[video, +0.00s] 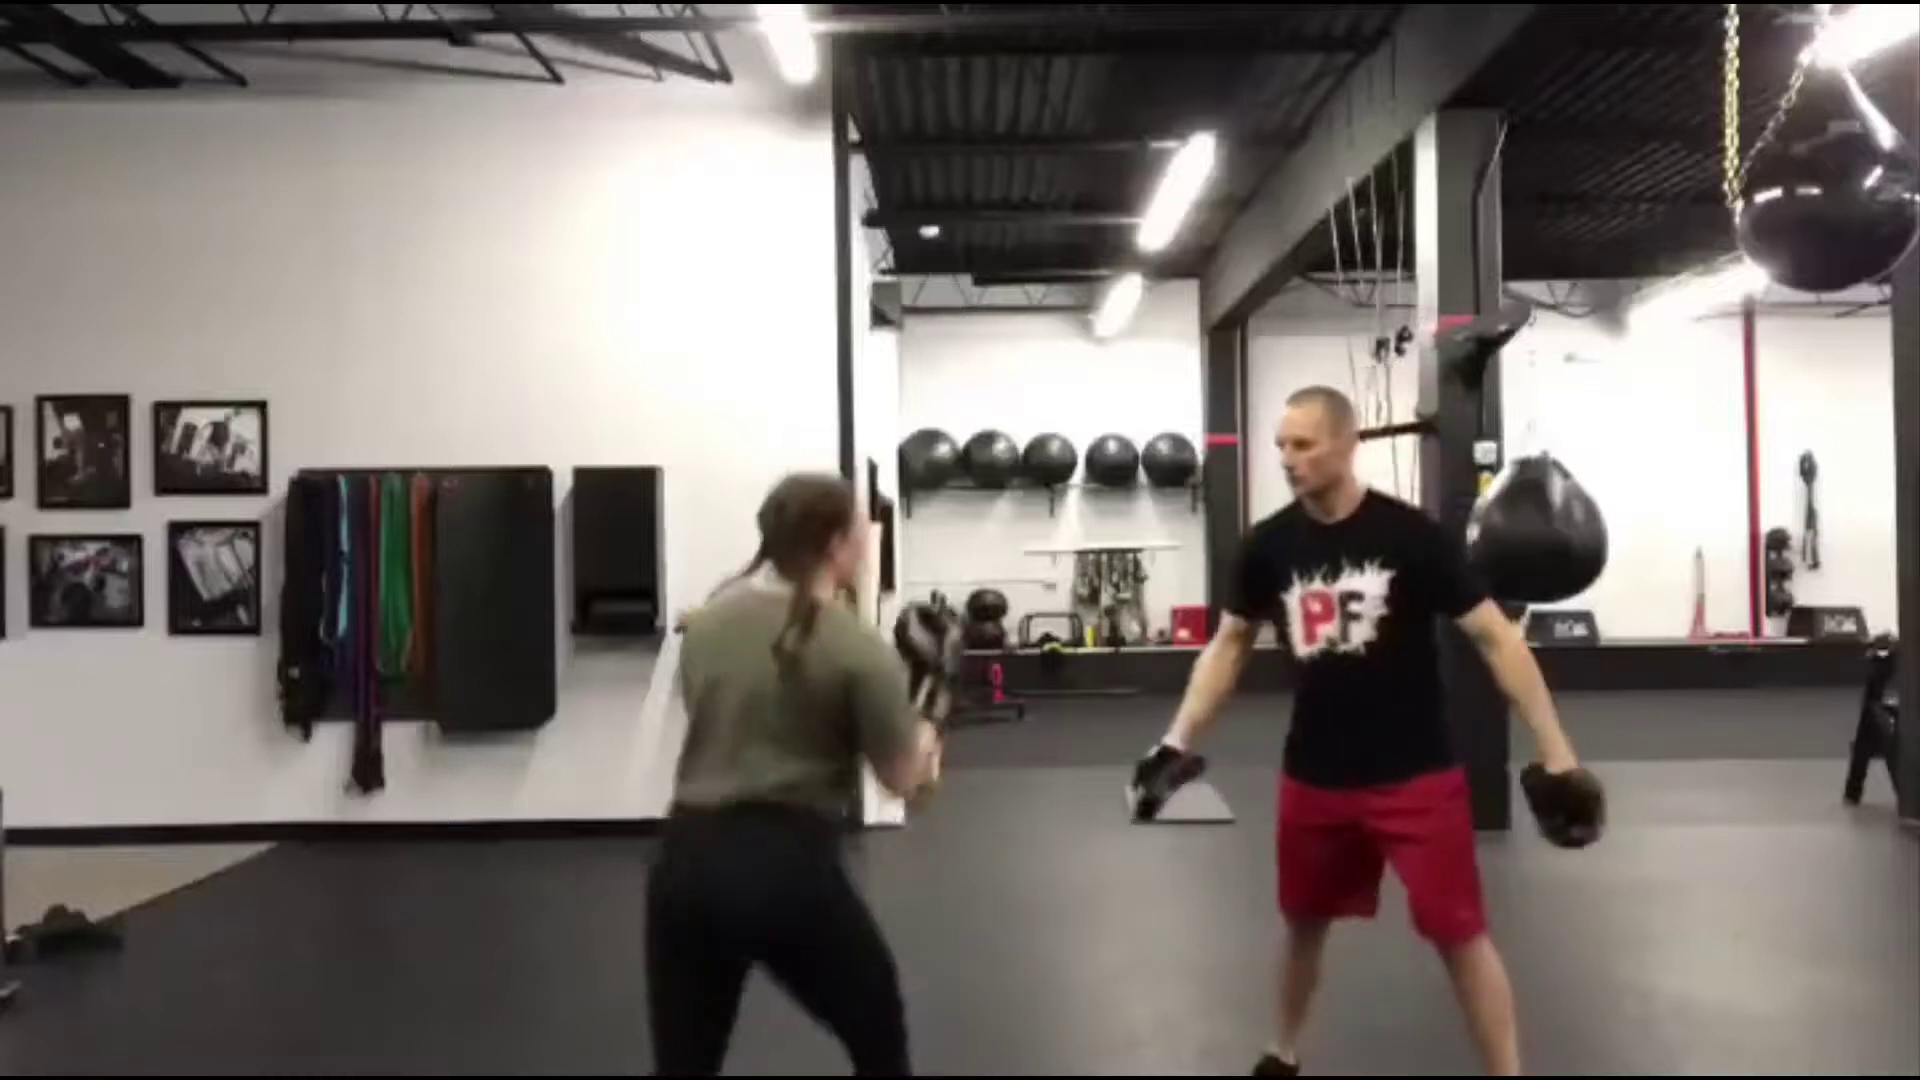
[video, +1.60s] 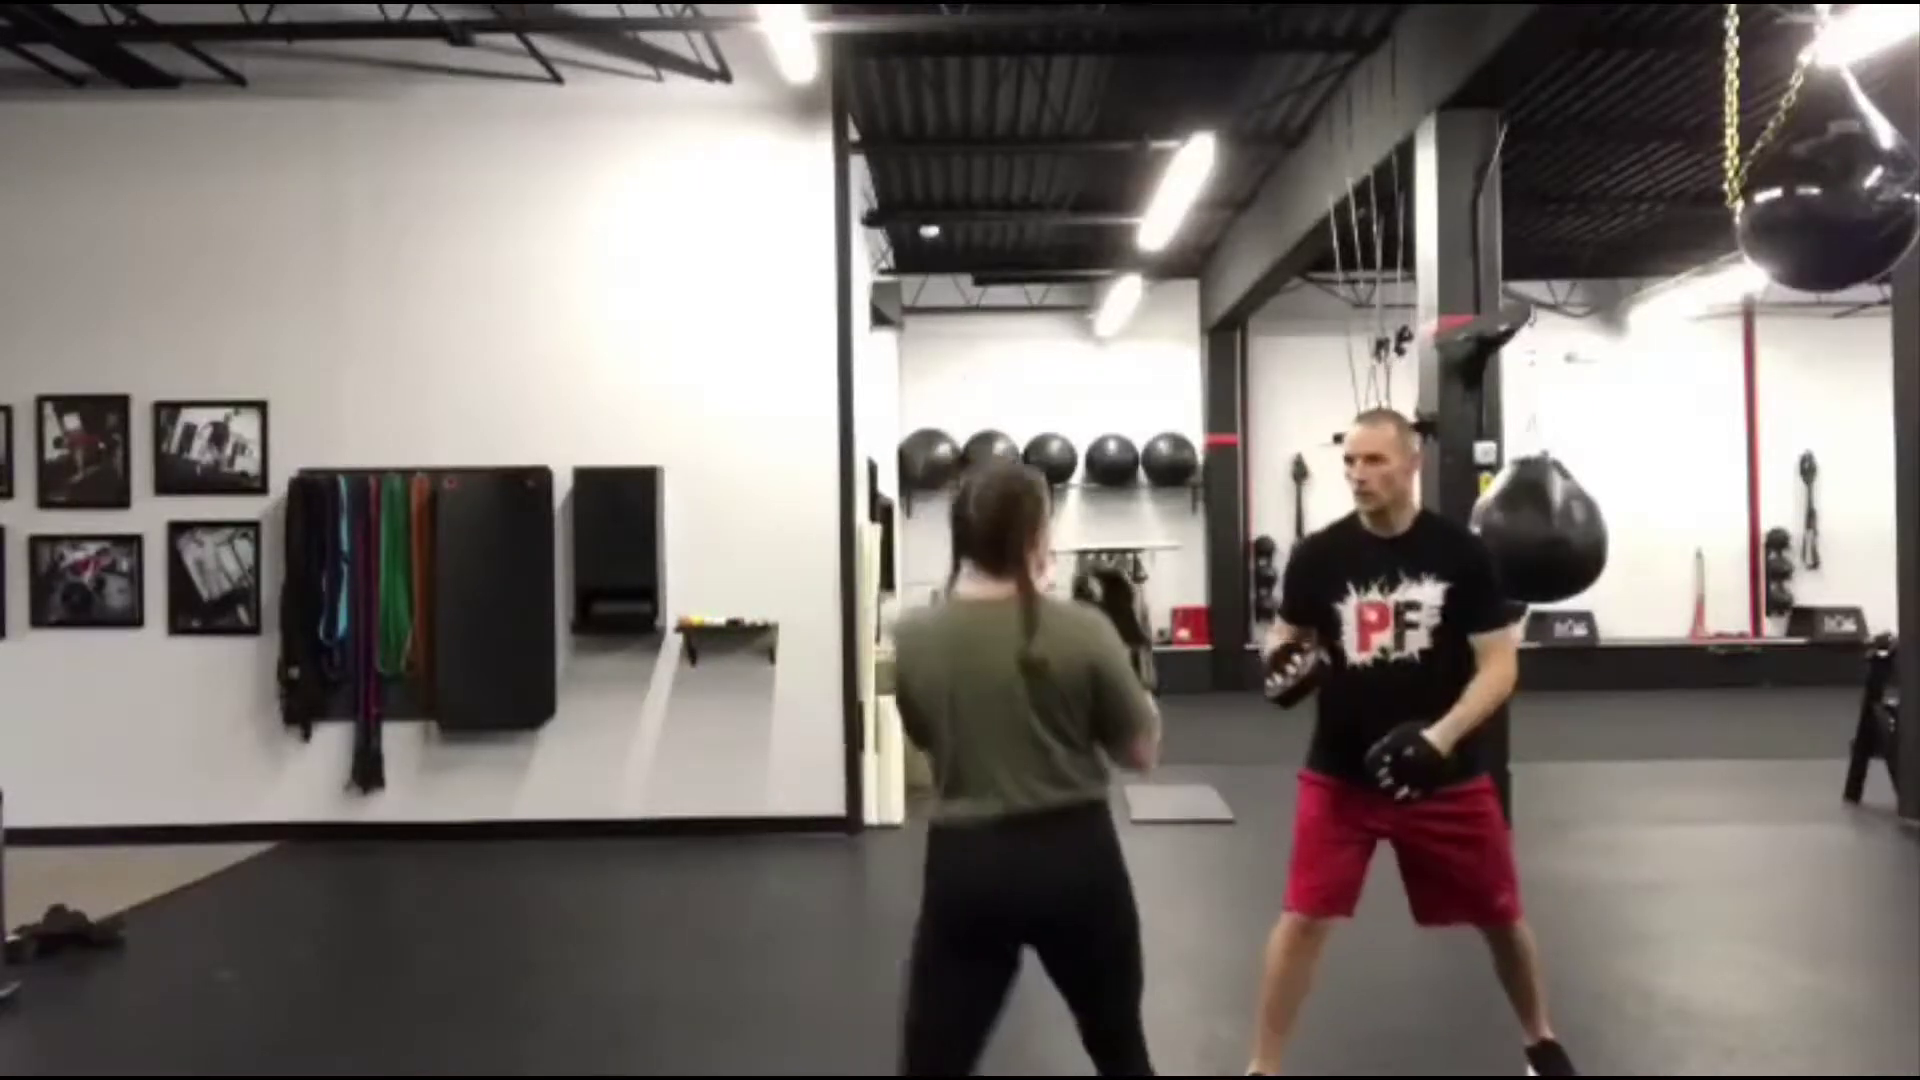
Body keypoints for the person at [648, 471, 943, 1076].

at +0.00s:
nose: (869, 542)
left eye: (866, 528)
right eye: (861, 529)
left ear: (772, 542)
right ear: (835, 545)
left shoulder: (706, 625)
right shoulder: (855, 645)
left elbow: (714, 718)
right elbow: (903, 773)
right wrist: (925, 741)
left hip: (691, 851)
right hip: (791, 861)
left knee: (683, 1060)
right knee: (877, 1035)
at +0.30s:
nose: (891, 507)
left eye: (888, 492)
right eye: (885, 493)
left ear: (799, 502)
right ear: (863, 505)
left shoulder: (739, 588)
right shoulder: (886, 603)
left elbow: (742, 692)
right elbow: (929, 741)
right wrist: (963, 668)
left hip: (741, 829)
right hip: (844, 832)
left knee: (705, 1037)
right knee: (946, 981)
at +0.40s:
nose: (921, 503)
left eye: (920, 490)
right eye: (917, 491)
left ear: (832, 501)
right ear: (895, 501)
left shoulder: (777, 586)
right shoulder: (928, 595)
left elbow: (767, 680)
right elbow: (978, 723)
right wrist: (998, 691)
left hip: (795, 818)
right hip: (899, 821)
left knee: (756, 1027)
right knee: (969, 1013)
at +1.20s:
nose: (975, 514)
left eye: (972, 499)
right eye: (973, 499)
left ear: (884, 505)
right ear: (958, 508)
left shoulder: (831, 603)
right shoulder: (996, 610)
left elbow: (823, 698)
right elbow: (1047, 739)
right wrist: (1061, 672)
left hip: (851, 848)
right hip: (960, 848)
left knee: (831, 1046)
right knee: (1051, 972)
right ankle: (1062, 1071)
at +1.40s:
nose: (1023, 532)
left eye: (1016, 519)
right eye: (1019, 520)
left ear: (937, 531)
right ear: (1012, 528)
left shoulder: (899, 628)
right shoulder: (1062, 619)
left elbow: (900, 721)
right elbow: (1129, 732)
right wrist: (1088, 658)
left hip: (947, 854)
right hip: (1056, 848)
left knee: (913, 1051)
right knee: (1104, 1038)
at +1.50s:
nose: (1050, 565)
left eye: (1045, 552)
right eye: (1045, 553)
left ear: (957, 568)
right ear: (1033, 567)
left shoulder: (916, 672)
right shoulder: (1085, 660)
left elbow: (933, 777)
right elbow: (1140, 776)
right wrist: (1125, 701)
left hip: (975, 894)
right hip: (1085, 883)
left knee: (953, 1065)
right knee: (1126, 1059)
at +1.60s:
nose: (1049, 532)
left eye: (1043, 521)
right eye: (1046, 522)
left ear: (959, 533)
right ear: (1035, 535)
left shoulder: (917, 638)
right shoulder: (1080, 630)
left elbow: (928, 737)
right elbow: (1139, 748)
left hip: (965, 872)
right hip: (1075, 864)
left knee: (934, 1060)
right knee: (1119, 1049)